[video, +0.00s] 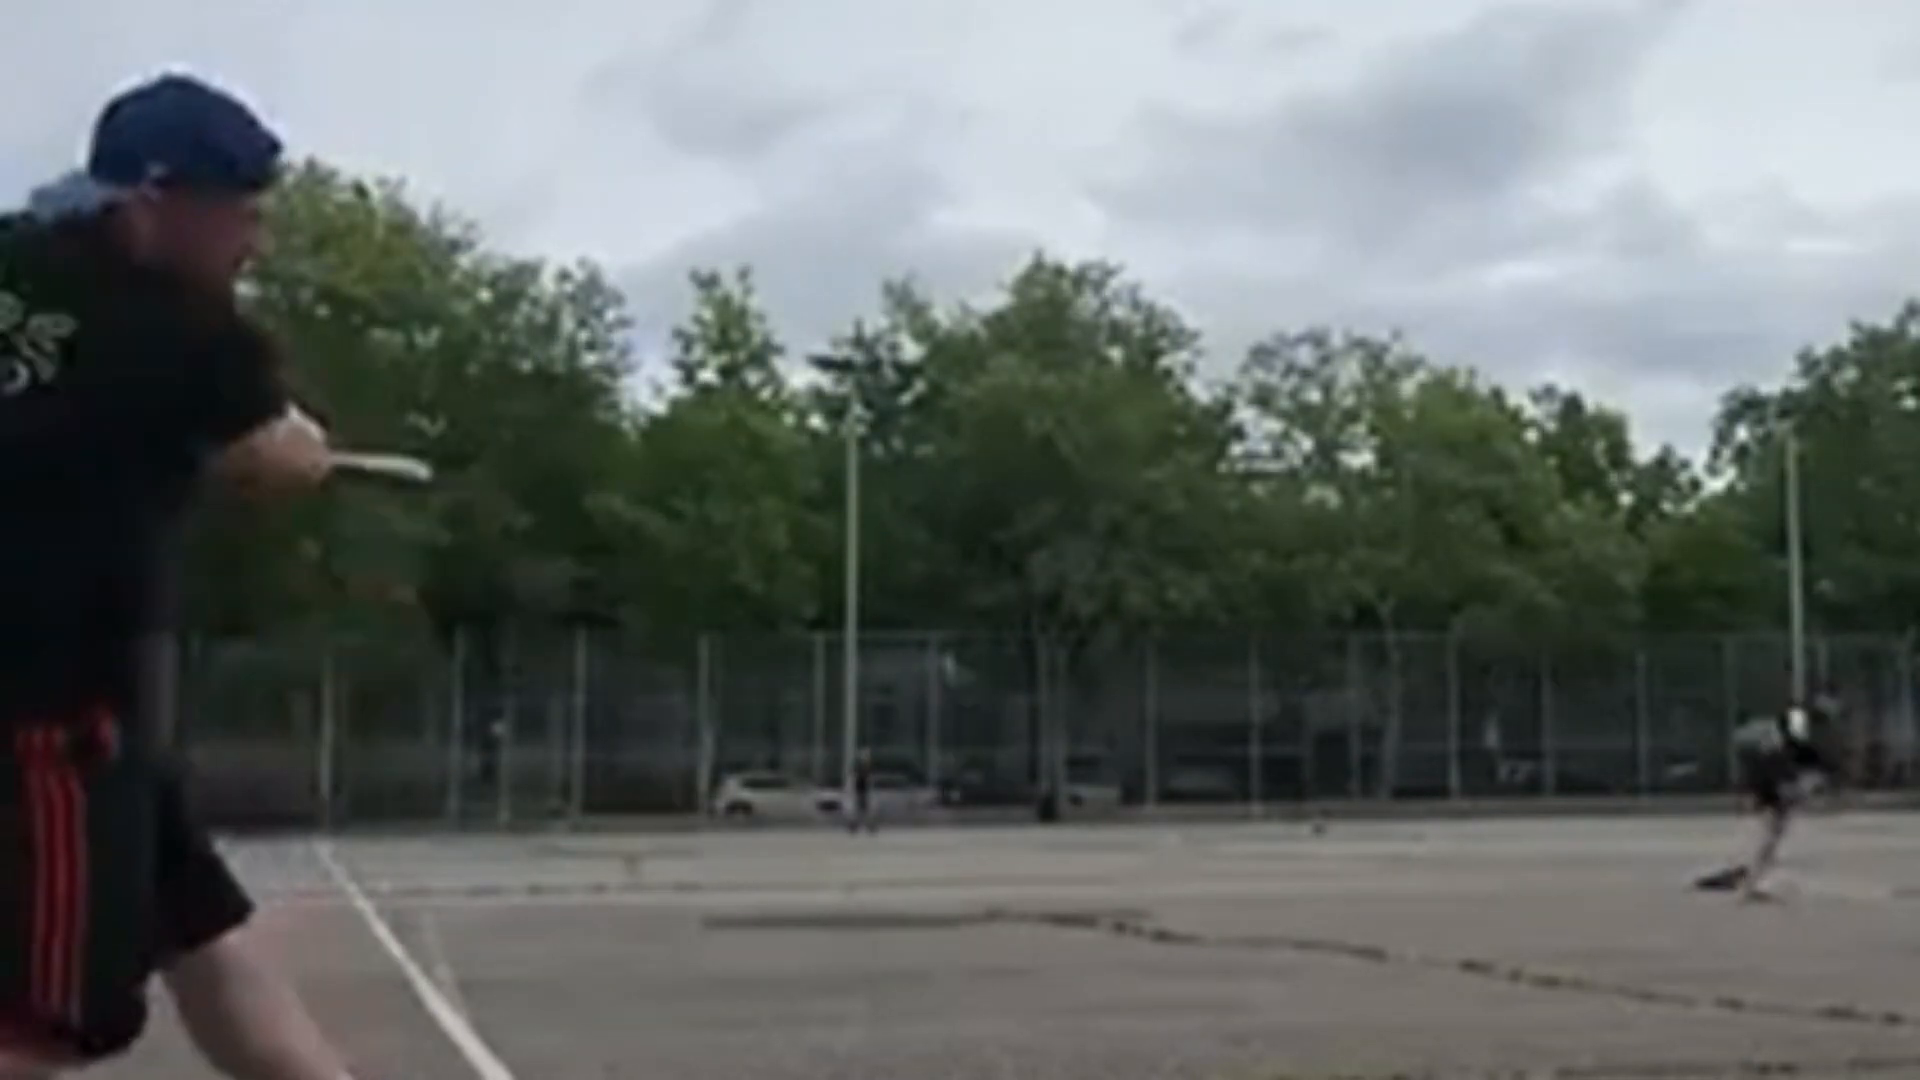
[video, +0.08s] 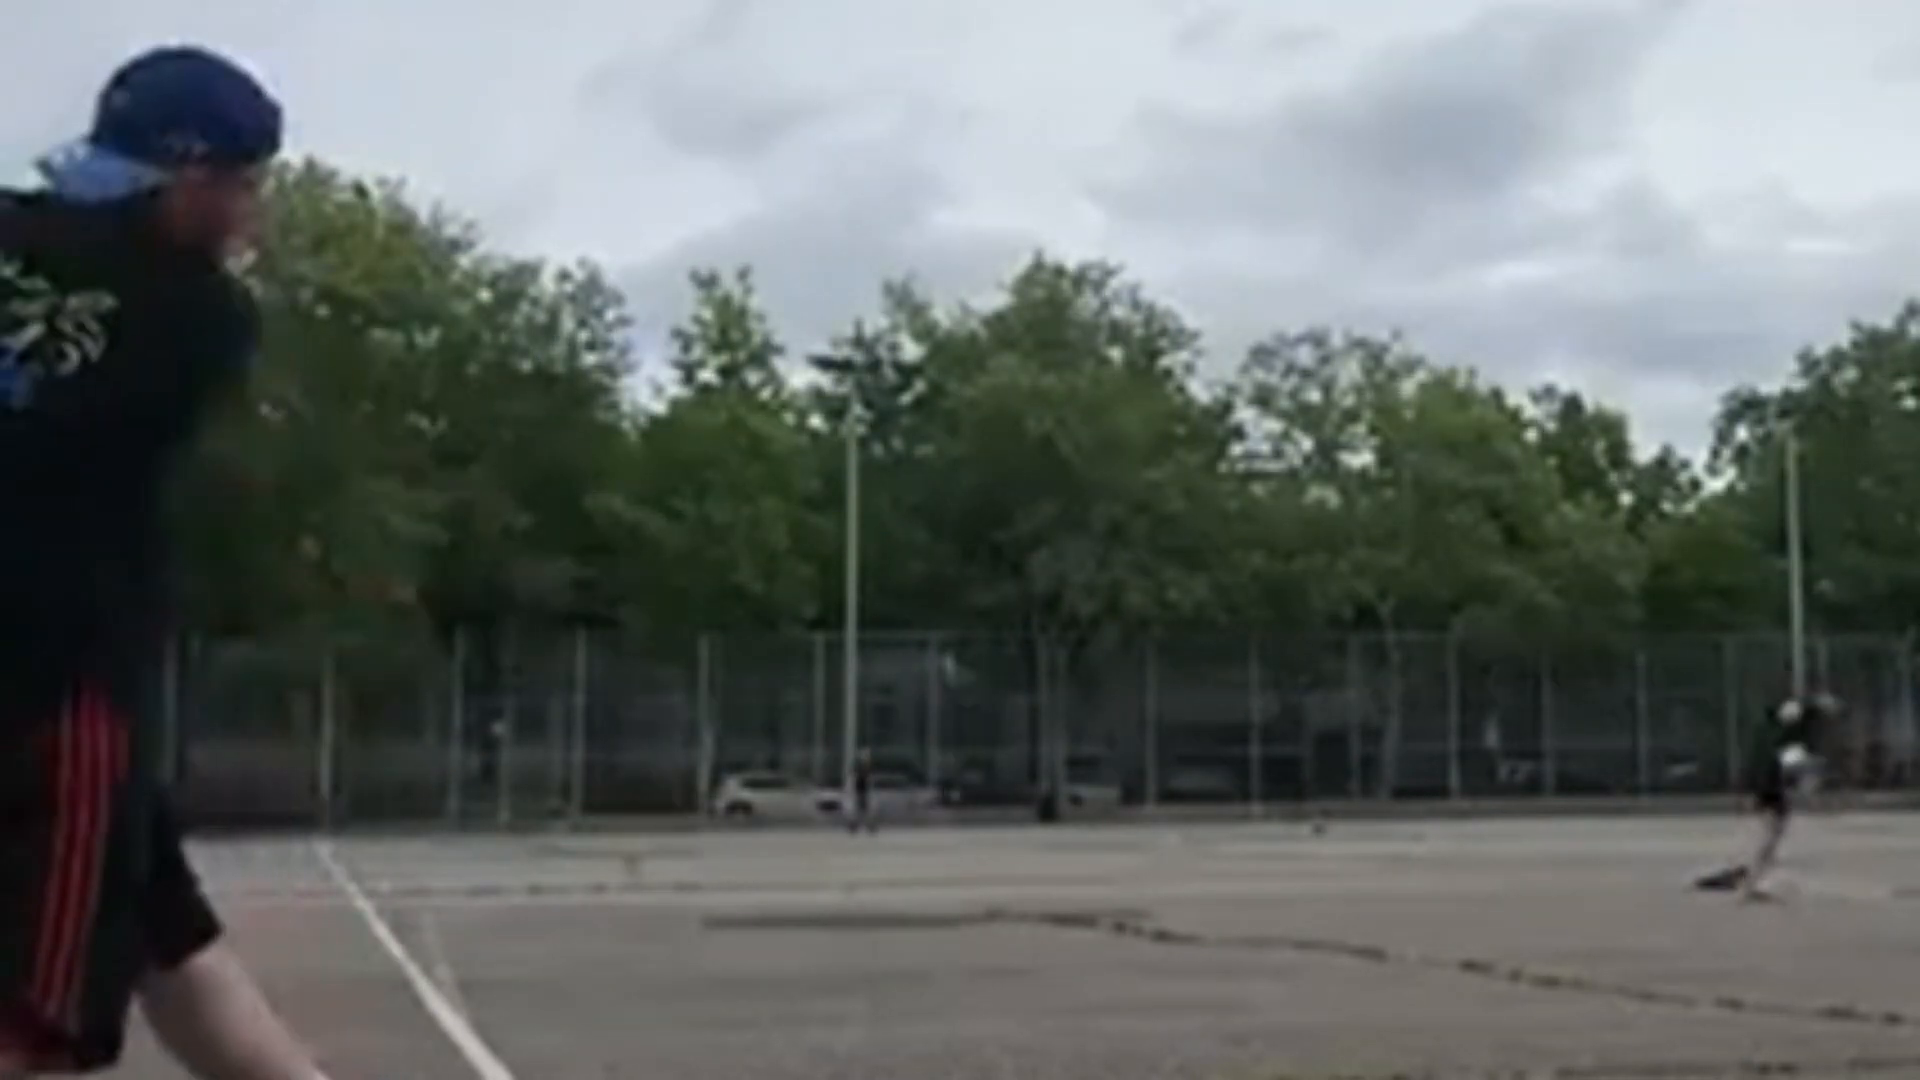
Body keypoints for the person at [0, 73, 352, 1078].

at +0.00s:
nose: (257, 236)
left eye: (256, 211)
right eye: (240, 210)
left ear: (142, 201)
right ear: (152, 203)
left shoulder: (31, 270)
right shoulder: (160, 318)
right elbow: (276, 453)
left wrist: (248, 432)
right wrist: (299, 450)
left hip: (73, 705)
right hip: (53, 710)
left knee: (212, 945)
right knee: (40, 1036)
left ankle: (319, 1066)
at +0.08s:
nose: (254, 211)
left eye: (256, 183)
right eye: (245, 182)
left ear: (120, 154)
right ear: (183, 176)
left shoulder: (17, 231)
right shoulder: (188, 307)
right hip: (73, 659)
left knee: (179, 955)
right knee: (40, 1024)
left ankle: (290, 1065)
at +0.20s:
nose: (189, 157)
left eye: (190, 133)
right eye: (186, 133)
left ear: (55, 107)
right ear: (147, 132)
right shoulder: (174, 268)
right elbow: (119, 484)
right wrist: (138, 673)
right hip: (67, 646)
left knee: (165, 912)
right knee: (29, 996)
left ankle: (254, 1065)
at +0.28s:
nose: (169, 149)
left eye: (167, 127)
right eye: (168, 127)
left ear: (28, 106)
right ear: (139, 131)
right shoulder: (168, 270)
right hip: (63, 645)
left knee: (143, 945)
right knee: (27, 1009)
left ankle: (237, 1071)